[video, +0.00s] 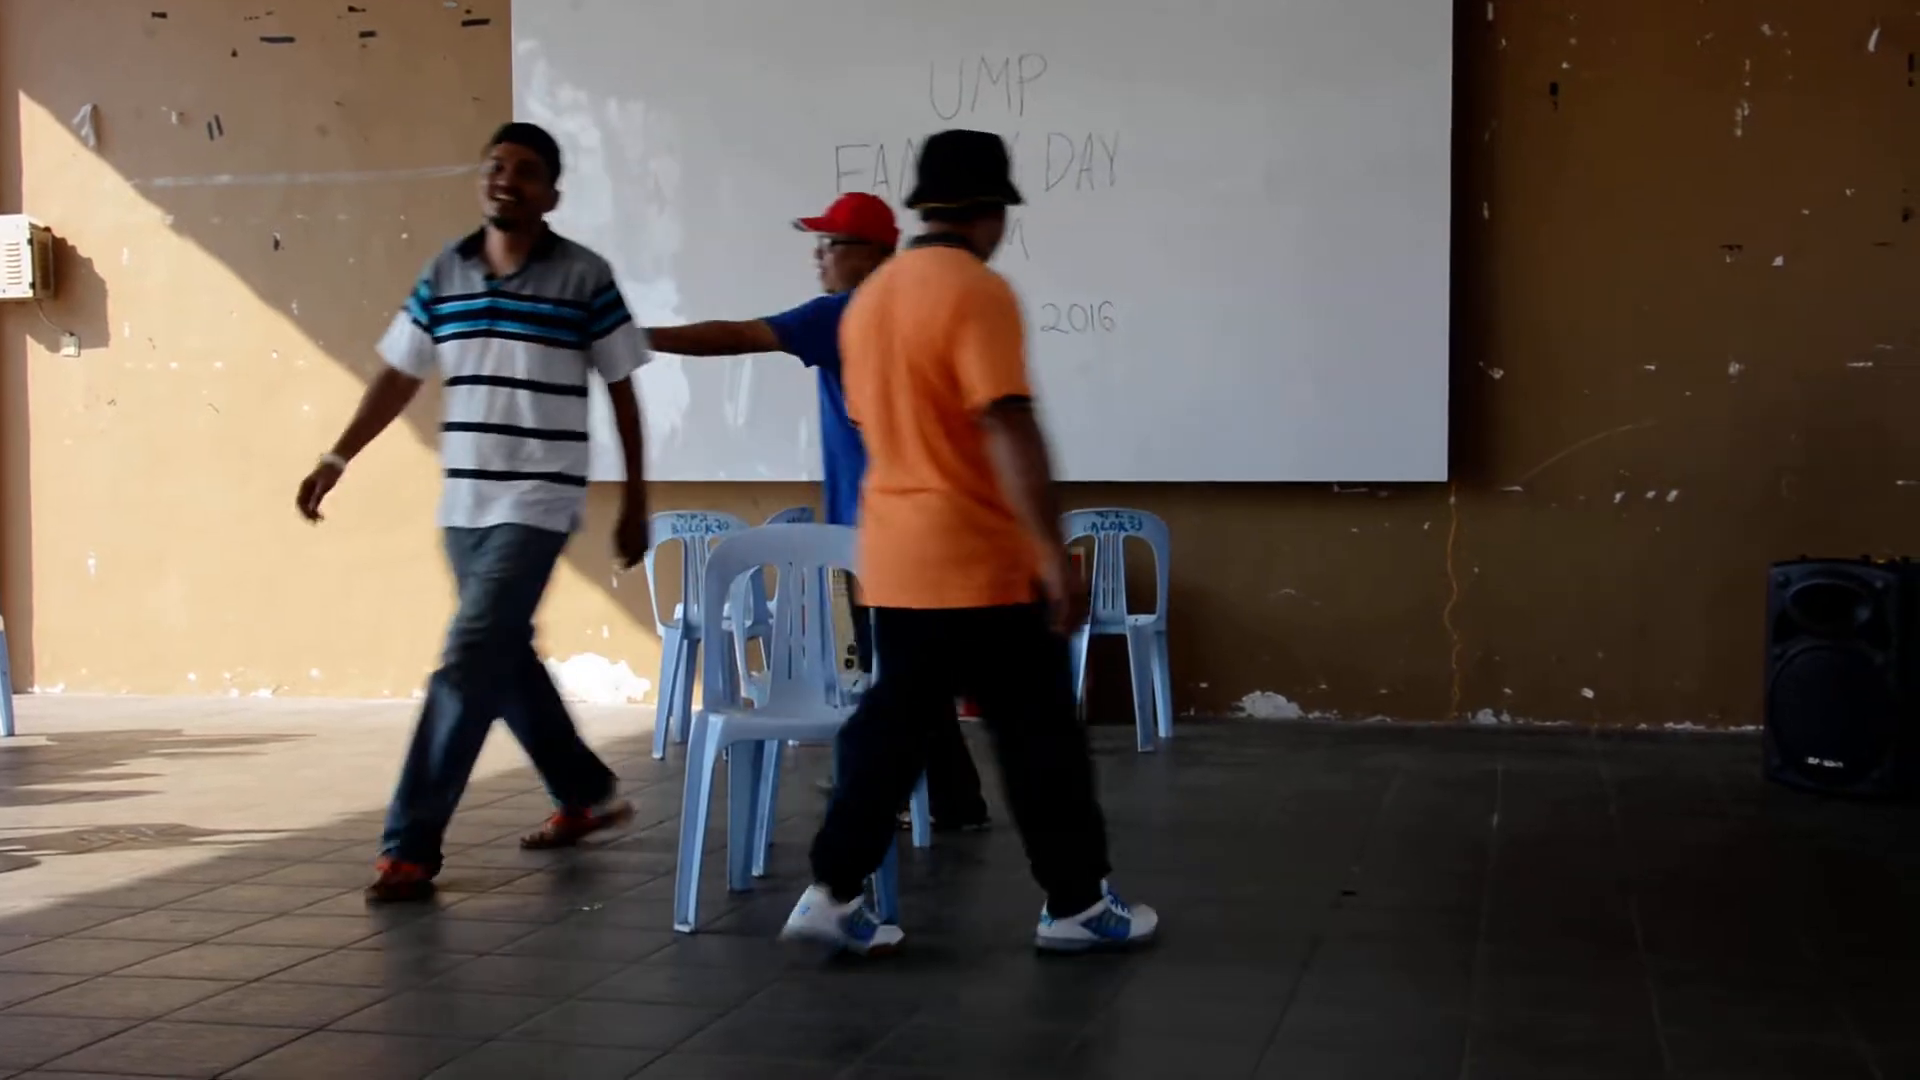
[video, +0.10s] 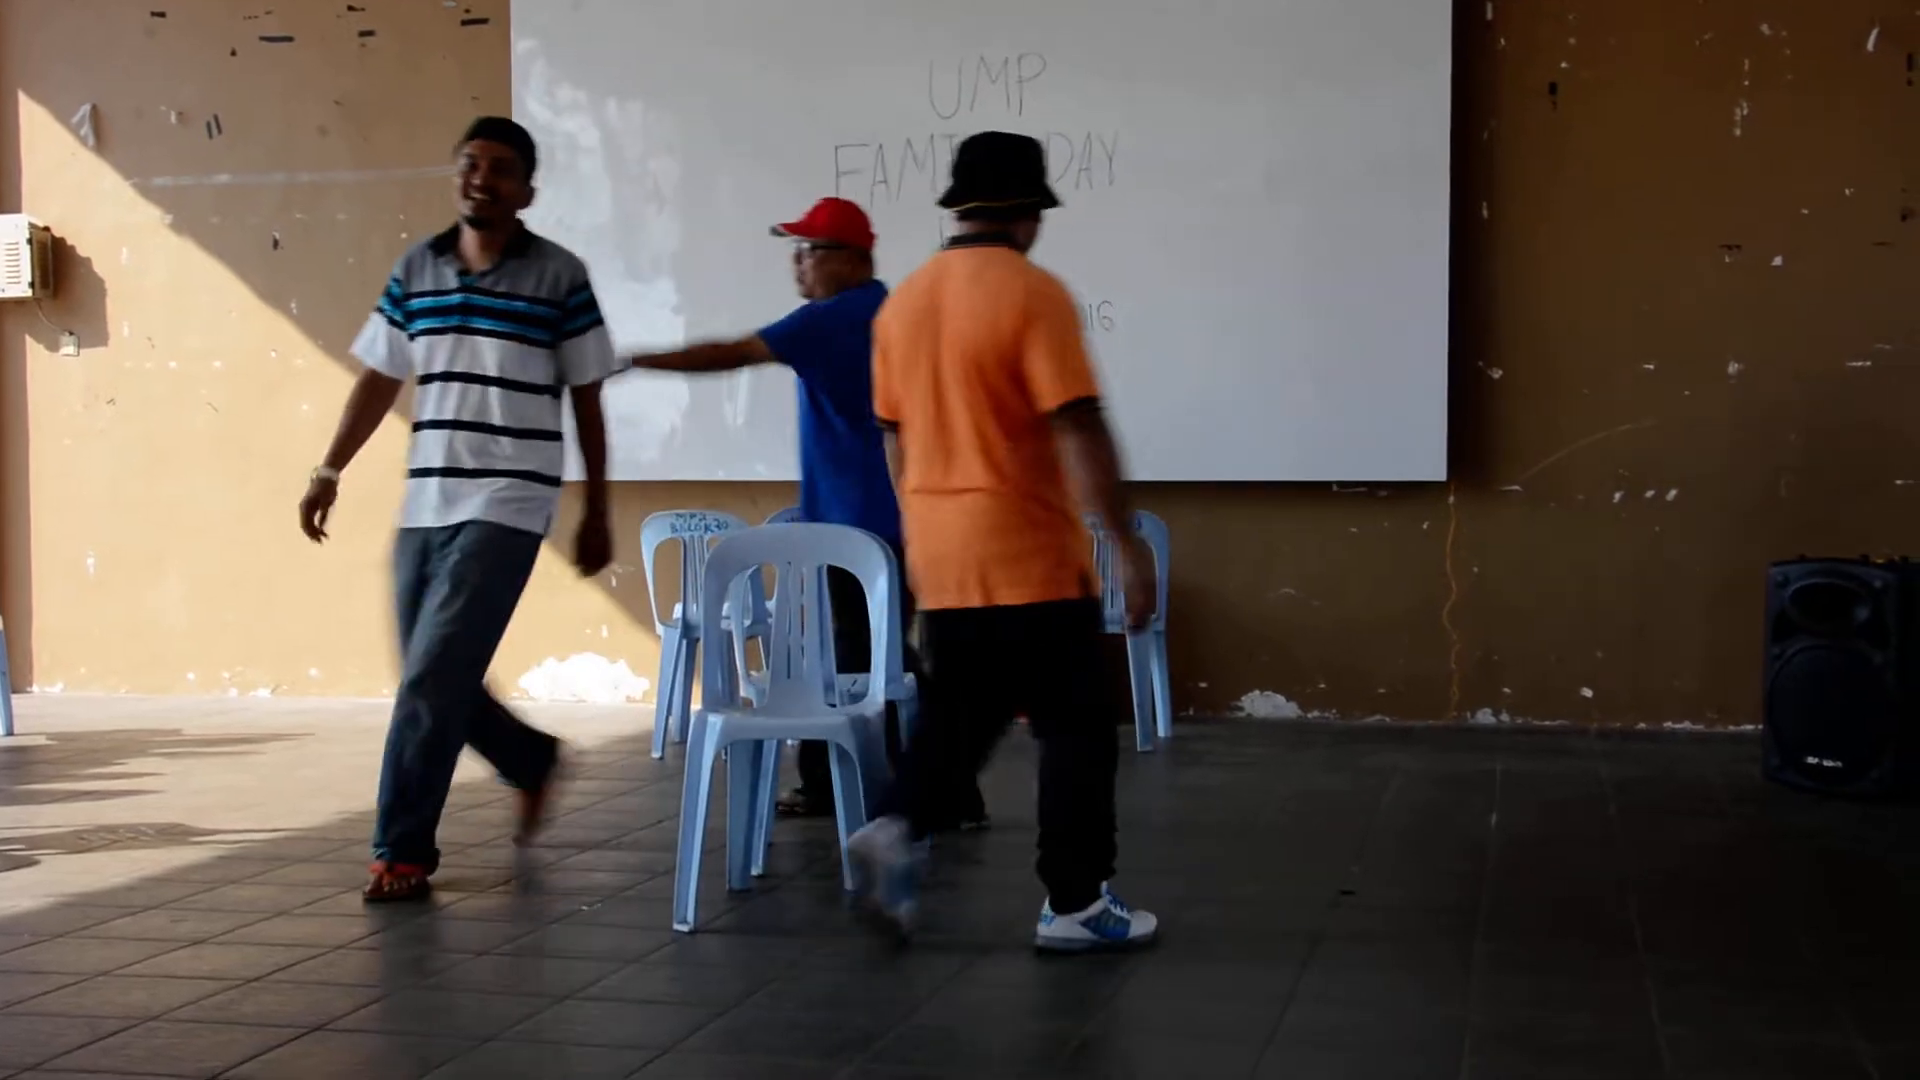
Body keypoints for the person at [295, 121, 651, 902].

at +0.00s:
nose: (503, 181)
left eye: (521, 172)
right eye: (495, 169)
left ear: (552, 191)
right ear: (477, 182)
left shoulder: (584, 277)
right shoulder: (446, 275)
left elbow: (623, 388)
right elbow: (398, 374)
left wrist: (636, 501)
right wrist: (337, 458)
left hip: (540, 503)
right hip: (463, 502)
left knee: (467, 662)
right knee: (503, 658)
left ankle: (411, 849)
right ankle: (588, 793)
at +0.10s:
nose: (479, 181)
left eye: (497, 171)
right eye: (470, 167)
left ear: (527, 187)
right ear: (452, 177)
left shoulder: (558, 276)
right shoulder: (417, 270)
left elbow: (588, 398)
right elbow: (380, 377)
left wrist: (598, 509)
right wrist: (329, 468)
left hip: (508, 502)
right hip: (427, 500)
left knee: (432, 673)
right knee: (427, 674)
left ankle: (404, 854)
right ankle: (533, 759)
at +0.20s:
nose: (461, 175)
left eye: (480, 163)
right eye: (448, 160)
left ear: (504, 178)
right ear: (427, 169)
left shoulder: (537, 266)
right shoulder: (393, 264)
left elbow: (561, 390)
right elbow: (367, 378)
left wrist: (562, 499)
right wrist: (325, 475)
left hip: (486, 510)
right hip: (395, 503)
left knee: (429, 677)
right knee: (361, 660)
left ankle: (403, 850)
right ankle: (444, 761)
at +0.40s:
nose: (431, 154)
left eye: (448, 142)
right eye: (417, 139)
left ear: (472, 158)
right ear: (392, 149)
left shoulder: (510, 241)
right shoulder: (351, 251)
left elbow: (541, 344)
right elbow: (333, 373)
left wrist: (513, 415)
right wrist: (317, 478)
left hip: (470, 502)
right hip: (367, 496)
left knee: (433, 690)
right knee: (331, 674)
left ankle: (401, 856)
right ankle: (287, 867)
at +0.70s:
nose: (441, 145)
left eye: (453, 132)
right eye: (425, 127)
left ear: (463, 142)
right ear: (376, 131)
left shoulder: (483, 234)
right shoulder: (313, 235)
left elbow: (505, 347)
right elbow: (287, 364)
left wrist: (472, 403)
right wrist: (254, 479)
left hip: (456, 503)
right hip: (349, 499)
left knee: (438, 698)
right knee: (346, 695)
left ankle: (385, 835)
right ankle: (331, 894)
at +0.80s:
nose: (458, 136)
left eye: (466, 123)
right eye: (441, 119)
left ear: (469, 131)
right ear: (386, 121)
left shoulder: (485, 228)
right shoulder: (311, 222)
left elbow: (502, 353)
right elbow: (273, 353)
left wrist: (493, 459)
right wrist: (235, 473)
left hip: (458, 500)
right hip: (347, 501)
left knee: (477, 686)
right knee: (343, 701)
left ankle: (393, 793)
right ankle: (330, 894)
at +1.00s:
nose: (513, 143)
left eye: (517, 127)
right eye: (501, 126)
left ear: (483, 125)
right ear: (443, 116)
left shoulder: (502, 223)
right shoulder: (349, 201)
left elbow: (530, 360)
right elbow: (287, 317)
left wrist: (579, 478)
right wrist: (257, 423)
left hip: (492, 501)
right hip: (380, 504)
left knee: (544, 663)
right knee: (356, 704)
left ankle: (508, 884)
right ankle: (333, 895)